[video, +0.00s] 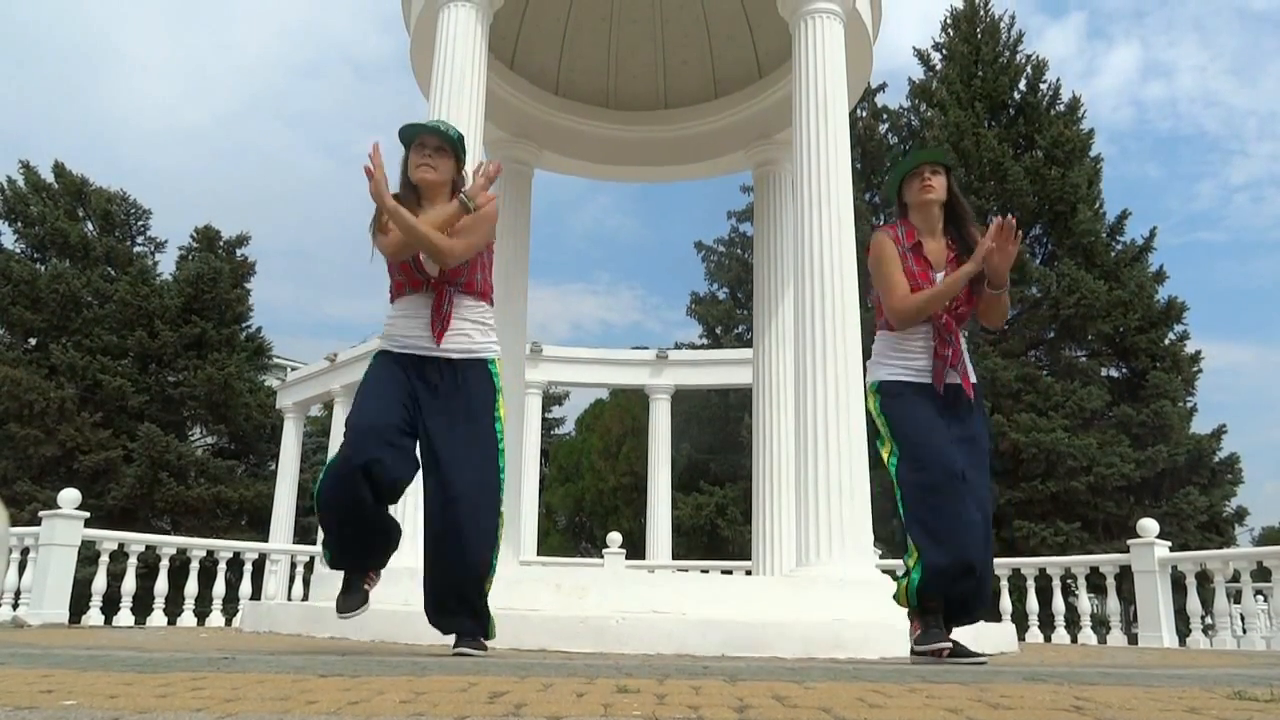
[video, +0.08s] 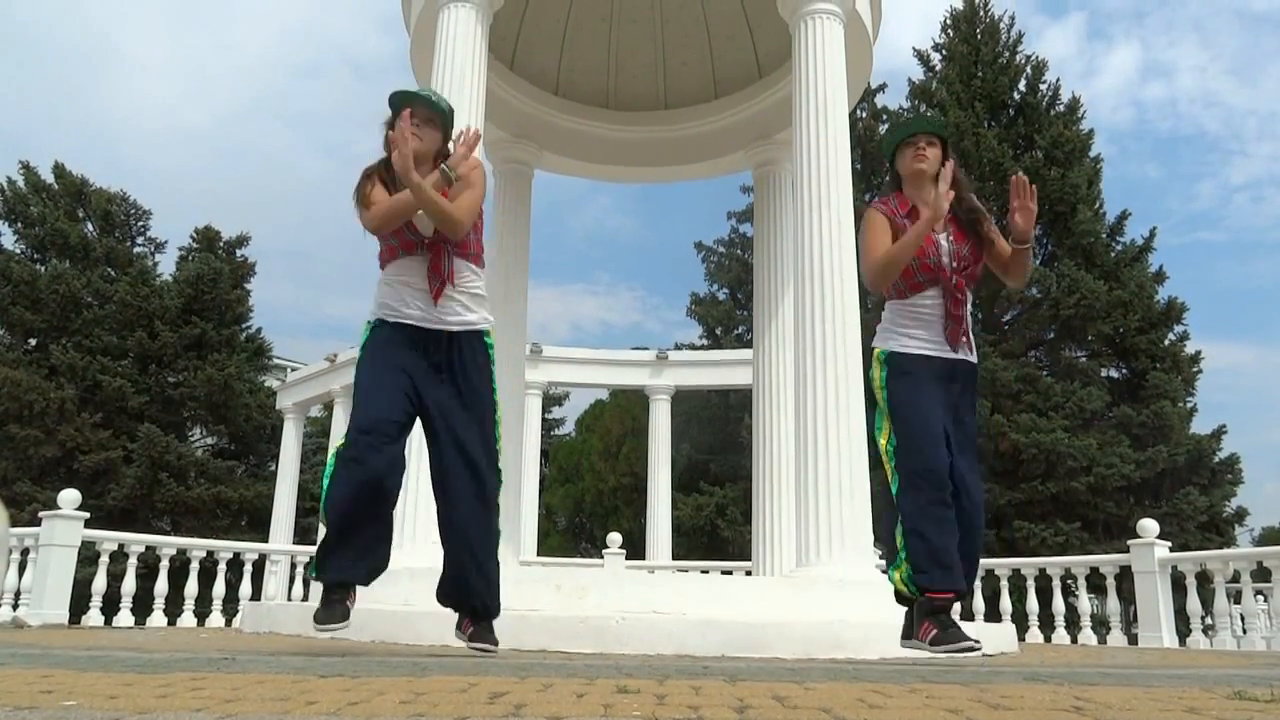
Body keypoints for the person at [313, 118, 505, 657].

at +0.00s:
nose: (426, 157)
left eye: (438, 151)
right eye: (419, 149)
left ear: (459, 166)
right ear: (406, 162)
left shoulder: (484, 208)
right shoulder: (388, 214)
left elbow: (447, 251)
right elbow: (392, 247)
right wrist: (464, 205)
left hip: (466, 365)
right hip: (398, 360)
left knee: (467, 497)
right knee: (355, 469)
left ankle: (467, 628)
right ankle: (365, 554)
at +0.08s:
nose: (412, 131)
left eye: (425, 125)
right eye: (405, 122)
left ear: (444, 138)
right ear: (390, 132)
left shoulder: (469, 170)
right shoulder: (374, 178)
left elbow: (458, 224)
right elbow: (378, 221)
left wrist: (415, 179)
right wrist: (440, 172)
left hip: (463, 341)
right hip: (394, 335)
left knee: (470, 472)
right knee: (369, 452)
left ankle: (474, 610)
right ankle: (339, 583)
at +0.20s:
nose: (401, 115)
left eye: (414, 110)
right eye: (390, 106)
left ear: (427, 124)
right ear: (370, 117)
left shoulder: (454, 164)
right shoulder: (354, 167)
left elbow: (500, 231)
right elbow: (320, 226)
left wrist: (490, 179)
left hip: (452, 339)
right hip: (380, 335)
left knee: (474, 465)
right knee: (359, 464)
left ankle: (483, 588)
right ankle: (315, 608)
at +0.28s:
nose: (393, 122)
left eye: (406, 118)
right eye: (383, 114)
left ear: (422, 137)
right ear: (364, 129)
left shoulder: (443, 185)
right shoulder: (341, 186)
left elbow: (499, 252)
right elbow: (288, 256)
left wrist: (523, 206)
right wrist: (263, 183)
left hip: (435, 360)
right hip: (364, 355)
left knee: (469, 482)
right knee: (352, 477)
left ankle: (482, 590)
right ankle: (316, 621)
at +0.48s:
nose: (397, 115)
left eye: (410, 111)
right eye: (387, 106)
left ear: (422, 131)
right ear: (365, 119)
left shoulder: (441, 183)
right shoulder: (339, 179)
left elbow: (468, 268)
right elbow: (327, 263)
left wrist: (482, 226)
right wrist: (341, 194)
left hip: (430, 346)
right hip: (363, 341)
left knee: (434, 482)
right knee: (374, 467)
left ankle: (412, 611)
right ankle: (315, 623)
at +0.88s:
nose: (428, 165)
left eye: (440, 163)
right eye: (420, 155)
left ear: (451, 183)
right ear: (401, 164)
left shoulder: (452, 242)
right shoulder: (366, 219)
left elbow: (482, 317)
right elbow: (327, 293)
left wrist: (522, 269)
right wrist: (324, 231)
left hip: (431, 382)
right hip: (372, 365)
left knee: (445, 503)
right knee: (362, 483)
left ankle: (397, 627)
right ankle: (317, 628)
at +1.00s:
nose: (441, 178)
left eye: (453, 176)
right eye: (433, 169)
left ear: (464, 194)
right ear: (414, 176)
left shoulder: (466, 243)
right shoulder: (382, 216)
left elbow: (475, 321)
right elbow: (370, 279)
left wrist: (479, 268)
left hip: (439, 377)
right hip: (383, 364)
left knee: (455, 504)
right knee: (368, 492)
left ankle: (401, 627)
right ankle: (316, 630)